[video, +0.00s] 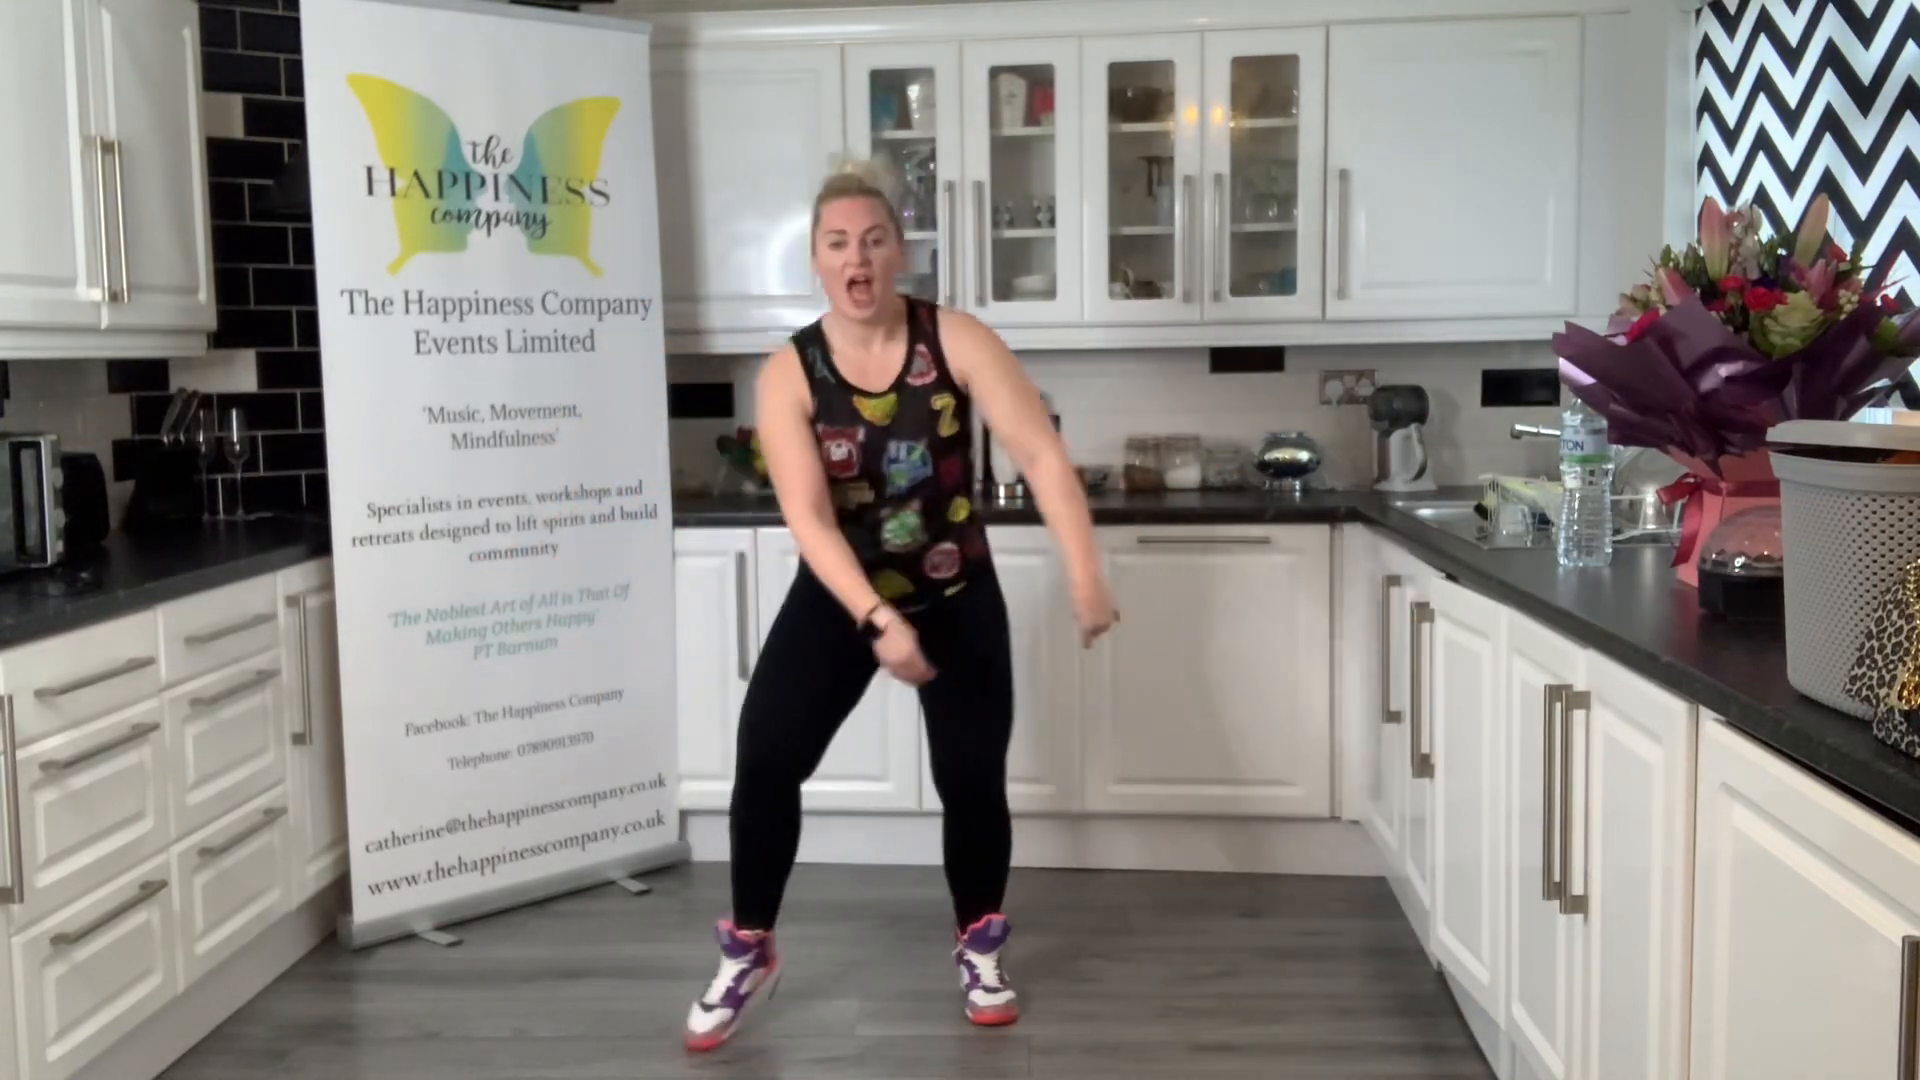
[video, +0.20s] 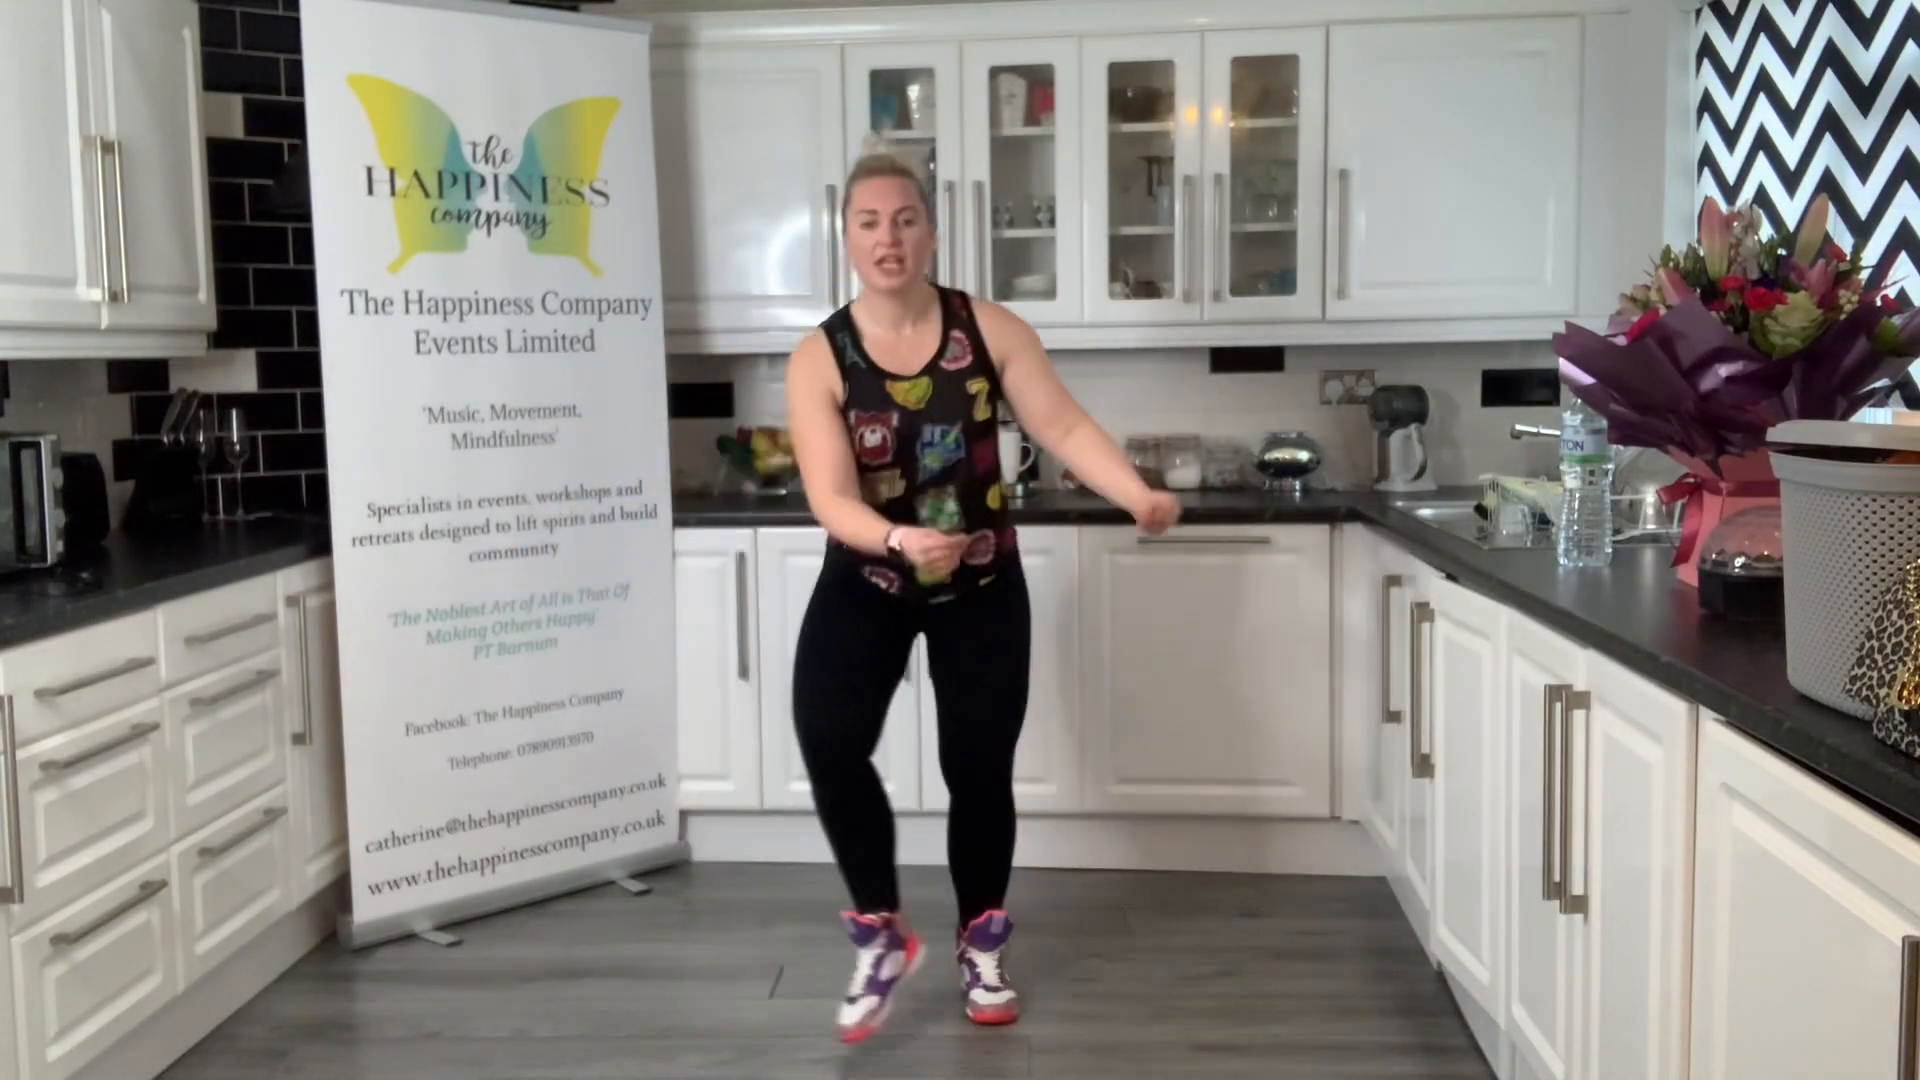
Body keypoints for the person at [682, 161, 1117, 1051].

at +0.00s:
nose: (856, 258)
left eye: (873, 240)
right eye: (838, 244)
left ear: (902, 252)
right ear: (815, 262)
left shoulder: (959, 340)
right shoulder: (790, 373)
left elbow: (1040, 451)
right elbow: (807, 519)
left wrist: (1085, 575)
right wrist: (877, 617)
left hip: (954, 587)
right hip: (841, 585)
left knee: (972, 777)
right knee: (765, 756)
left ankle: (981, 949)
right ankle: (749, 950)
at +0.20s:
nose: (888, 237)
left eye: (905, 219)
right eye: (870, 222)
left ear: (931, 231)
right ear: (846, 240)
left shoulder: (991, 330)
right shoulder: (819, 359)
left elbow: (1065, 427)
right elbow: (829, 501)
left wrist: (1135, 493)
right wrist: (899, 539)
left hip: (980, 580)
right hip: (866, 579)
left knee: (980, 767)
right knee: (827, 739)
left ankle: (982, 947)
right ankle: (881, 935)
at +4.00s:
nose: (890, 245)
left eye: (905, 227)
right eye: (870, 229)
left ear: (929, 243)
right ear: (844, 249)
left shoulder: (973, 342)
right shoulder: (807, 358)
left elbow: (1052, 442)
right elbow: (783, 493)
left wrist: (1133, 483)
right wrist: (850, 515)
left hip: (982, 586)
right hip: (876, 590)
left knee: (977, 765)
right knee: (847, 754)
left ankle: (979, 930)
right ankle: (906, 946)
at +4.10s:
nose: (890, 249)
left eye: (907, 232)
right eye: (871, 234)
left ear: (931, 250)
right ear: (847, 255)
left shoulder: (977, 352)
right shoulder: (813, 364)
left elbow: (1047, 466)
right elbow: (772, 494)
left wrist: (1123, 548)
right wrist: (844, 552)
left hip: (985, 585)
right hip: (878, 588)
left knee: (981, 763)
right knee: (791, 720)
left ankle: (978, 930)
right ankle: (853, 915)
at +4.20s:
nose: (886, 231)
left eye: (904, 217)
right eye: (869, 218)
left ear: (930, 233)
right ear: (844, 236)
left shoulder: (977, 341)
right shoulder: (808, 348)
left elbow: (1024, 473)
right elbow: (745, 470)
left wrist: (1064, 592)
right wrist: (804, 565)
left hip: (972, 579)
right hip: (857, 578)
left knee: (969, 756)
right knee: (776, 717)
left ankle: (978, 927)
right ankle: (797, 904)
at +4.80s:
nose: (811, 269)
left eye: (829, 252)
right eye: (794, 251)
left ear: (854, 260)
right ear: (770, 256)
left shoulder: (891, 365)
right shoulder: (723, 353)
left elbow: (905, 500)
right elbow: (668, 470)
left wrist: (817, 563)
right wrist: (645, 559)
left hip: (836, 603)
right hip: (724, 602)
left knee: (843, 779)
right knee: (738, 775)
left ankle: (807, 900)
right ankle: (755, 933)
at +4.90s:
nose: (804, 279)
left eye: (821, 261)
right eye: (786, 262)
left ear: (846, 266)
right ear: (760, 266)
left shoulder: (886, 365)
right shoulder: (721, 358)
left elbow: (931, 484)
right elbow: (639, 475)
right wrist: (675, 451)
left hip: (834, 593)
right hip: (721, 595)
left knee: (880, 761)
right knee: (728, 774)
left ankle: (837, 886)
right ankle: (753, 933)